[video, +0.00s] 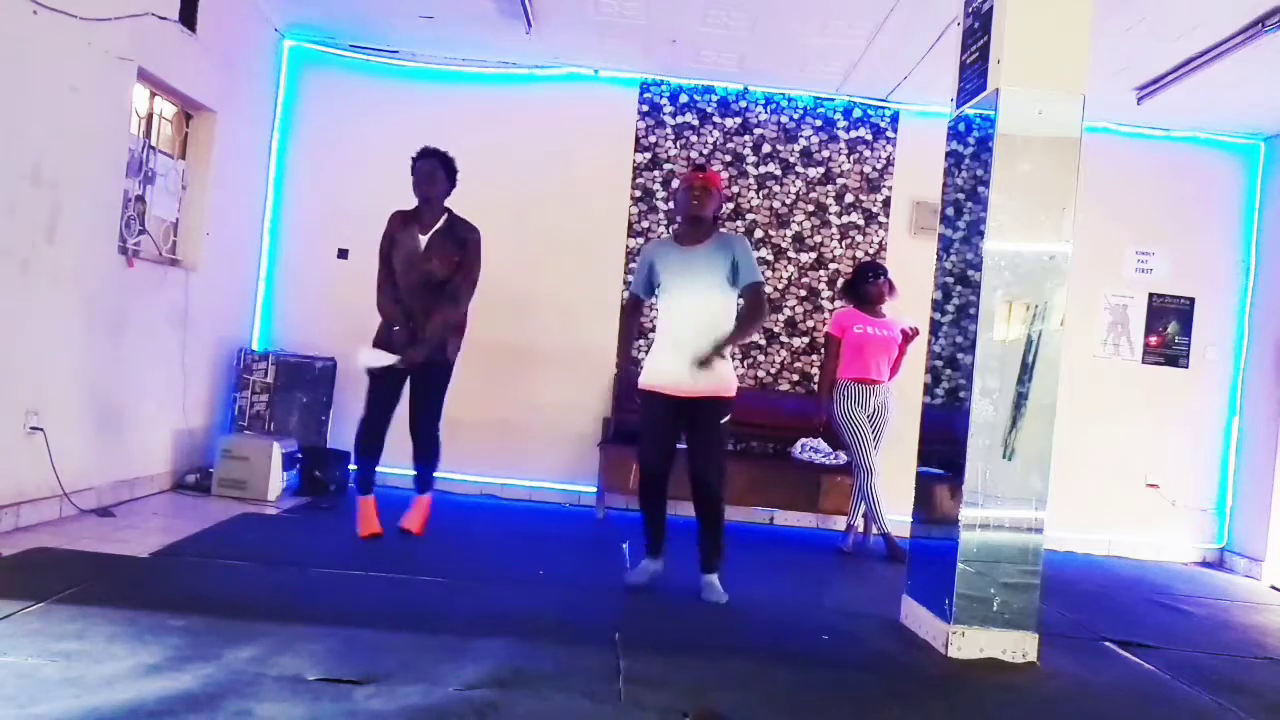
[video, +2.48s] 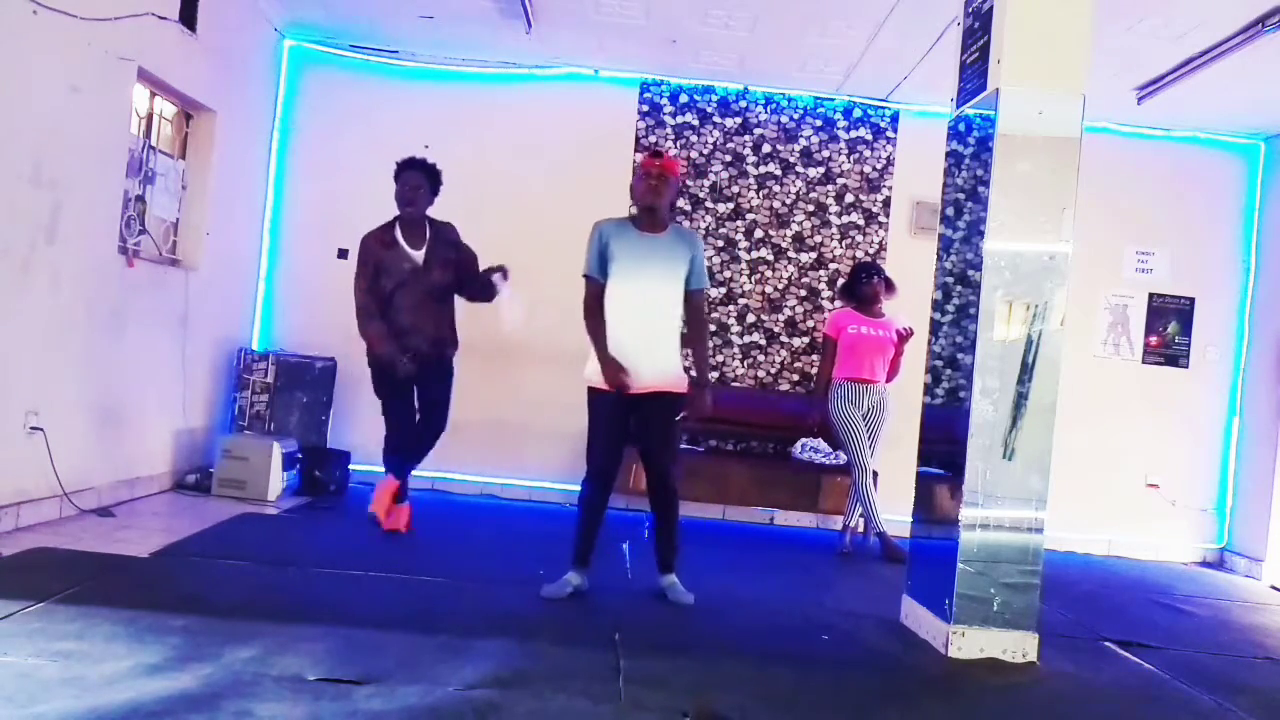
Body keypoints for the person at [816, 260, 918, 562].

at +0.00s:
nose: (886, 286)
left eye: (886, 281)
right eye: (879, 281)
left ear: (887, 286)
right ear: (863, 287)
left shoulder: (892, 327)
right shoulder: (844, 317)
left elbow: (890, 374)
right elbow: (829, 364)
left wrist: (904, 347)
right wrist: (824, 405)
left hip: (880, 397)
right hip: (849, 394)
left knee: (867, 464)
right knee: (866, 463)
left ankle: (850, 532)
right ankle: (886, 535)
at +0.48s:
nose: (881, 292)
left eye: (883, 284)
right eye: (874, 285)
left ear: (886, 287)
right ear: (859, 288)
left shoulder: (890, 327)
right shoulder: (842, 316)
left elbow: (889, 374)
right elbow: (828, 363)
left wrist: (902, 346)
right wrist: (822, 404)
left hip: (878, 397)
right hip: (847, 393)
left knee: (867, 465)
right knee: (866, 463)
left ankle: (850, 533)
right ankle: (885, 535)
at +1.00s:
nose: (879, 299)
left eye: (882, 292)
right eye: (872, 293)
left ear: (886, 290)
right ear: (856, 291)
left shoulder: (890, 326)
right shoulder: (840, 317)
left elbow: (889, 374)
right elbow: (827, 364)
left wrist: (900, 346)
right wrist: (821, 403)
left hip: (877, 397)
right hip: (846, 393)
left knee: (866, 465)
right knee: (864, 463)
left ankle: (848, 532)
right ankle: (884, 534)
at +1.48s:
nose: (878, 296)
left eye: (882, 289)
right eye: (871, 289)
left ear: (886, 290)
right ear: (856, 290)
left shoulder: (889, 327)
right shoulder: (839, 318)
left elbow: (889, 376)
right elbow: (825, 364)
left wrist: (898, 348)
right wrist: (820, 403)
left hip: (876, 397)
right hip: (843, 393)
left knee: (864, 465)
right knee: (862, 462)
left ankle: (847, 532)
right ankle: (883, 534)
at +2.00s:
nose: (877, 294)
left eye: (880, 287)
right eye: (870, 287)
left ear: (885, 289)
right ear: (855, 290)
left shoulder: (889, 327)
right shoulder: (838, 318)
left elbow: (889, 376)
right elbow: (825, 364)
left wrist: (898, 348)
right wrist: (817, 404)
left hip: (875, 398)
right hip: (843, 394)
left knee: (864, 464)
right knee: (861, 463)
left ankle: (847, 532)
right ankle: (882, 535)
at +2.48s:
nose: (878, 284)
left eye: (880, 279)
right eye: (870, 279)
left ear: (885, 287)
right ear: (857, 287)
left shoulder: (891, 327)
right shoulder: (840, 317)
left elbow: (889, 376)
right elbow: (826, 364)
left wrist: (900, 349)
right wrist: (818, 405)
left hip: (877, 398)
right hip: (844, 394)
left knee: (864, 465)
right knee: (862, 463)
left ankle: (847, 531)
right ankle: (882, 535)